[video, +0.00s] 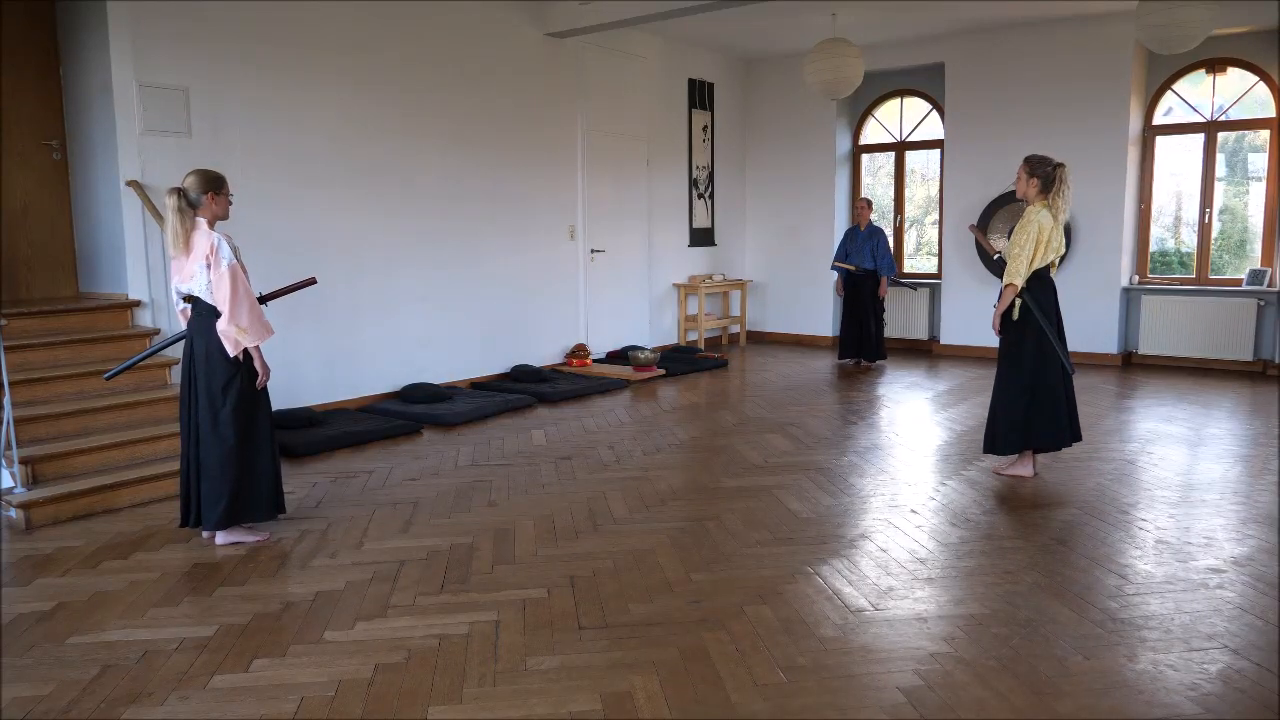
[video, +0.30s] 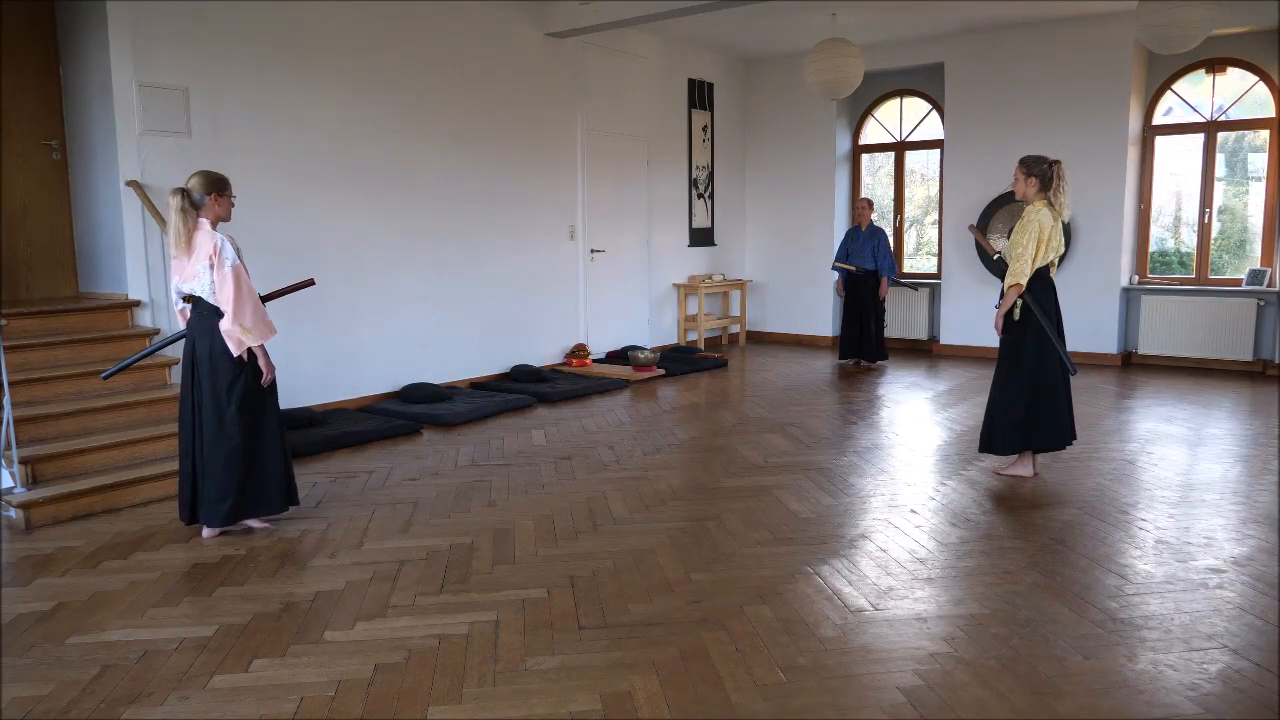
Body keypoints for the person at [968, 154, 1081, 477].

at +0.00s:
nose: (1015, 183)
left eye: (1019, 178)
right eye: (1017, 177)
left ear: (1033, 182)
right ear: (1038, 183)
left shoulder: (1033, 218)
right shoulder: (1050, 215)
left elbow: (1019, 269)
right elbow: (1021, 257)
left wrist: (999, 308)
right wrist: (989, 244)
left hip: (1027, 302)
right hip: (1041, 299)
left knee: (1024, 376)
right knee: (1033, 375)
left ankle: (1025, 459)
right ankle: (1027, 454)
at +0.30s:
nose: (1013, 185)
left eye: (1017, 179)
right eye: (1014, 179)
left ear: (1032, 182)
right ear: (1036, 182)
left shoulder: (1033, 217)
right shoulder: (1050, 214)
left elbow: (1022, 267)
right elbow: (1018, 255)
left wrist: (1002, 307)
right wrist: (987, 244)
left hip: (1028, 302)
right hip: (1041, 299)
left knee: (1026, 376)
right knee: (1033, 375)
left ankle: (1026, 459)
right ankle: (1026, 455)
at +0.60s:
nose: (1013, 184)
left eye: (1017, 179)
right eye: (1014, 178)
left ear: (1032, 182)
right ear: (1036, 182)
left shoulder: (1033, 216)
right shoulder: (1050, 213)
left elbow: (1021, 267)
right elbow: (1027, 257)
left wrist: (1002, 308)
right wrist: (990, 245)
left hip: (1028, 301)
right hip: (1042, 297)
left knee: (1026, 375)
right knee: (1033, 375)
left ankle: (1025, 459)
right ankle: (1026, 455)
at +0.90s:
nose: (1012, 185)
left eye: (1016, 180)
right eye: (1013, 179)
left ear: (1031, 182)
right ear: (1035, 182)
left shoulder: (1032, 217)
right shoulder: (1048, 214)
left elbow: (1021, 268)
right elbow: (1016, 254)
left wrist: (1001, 308)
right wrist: (986, 243)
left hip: (1028, 301)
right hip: (1041, 299)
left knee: (1025, 376)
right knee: (1032, 376)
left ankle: (1024, 459)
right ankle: (1025, 456)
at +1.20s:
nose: (1010, 185)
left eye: (1014, 180)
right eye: (1011, 179)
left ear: (1030, 182)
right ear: (1034, 182)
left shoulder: (1031, 217)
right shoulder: (1048, 214)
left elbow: (1020, 267)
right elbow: (1016, 253)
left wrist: (1000, 308)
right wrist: (986, 243)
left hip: (1028, 301)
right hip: (1040, 298)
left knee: (1025, 376)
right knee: (1033, 375)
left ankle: (1024, 459)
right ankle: (1026, 455)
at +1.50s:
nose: (1008, 185)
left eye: (1012, 180)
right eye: (1009, 179)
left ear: (1027, 183)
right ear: (1032, 183)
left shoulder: (1029, 218)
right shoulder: (1045, 215)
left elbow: (1017, 268)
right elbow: (1013, 257)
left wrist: (998, 308)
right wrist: (983, 243)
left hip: (1024, 302)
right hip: (1038, 299)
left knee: (1022, 376)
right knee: (1029, 376)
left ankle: (1023, 459)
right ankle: (1023, 455)